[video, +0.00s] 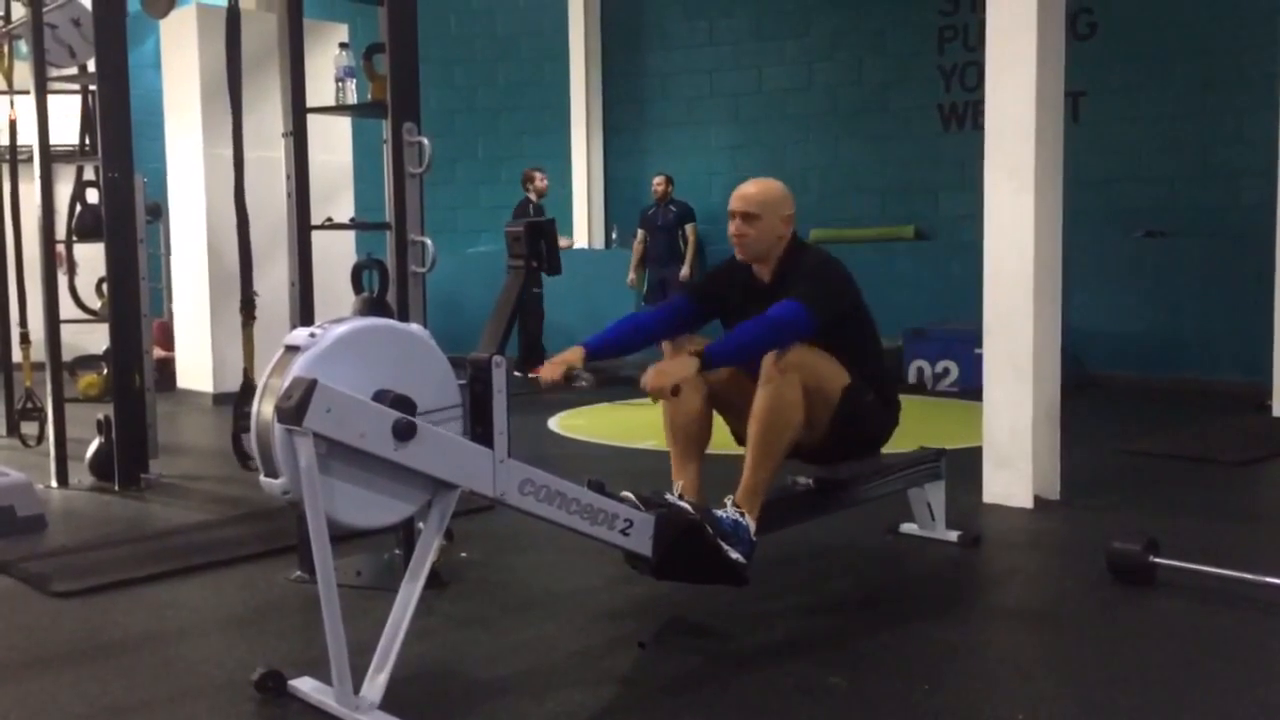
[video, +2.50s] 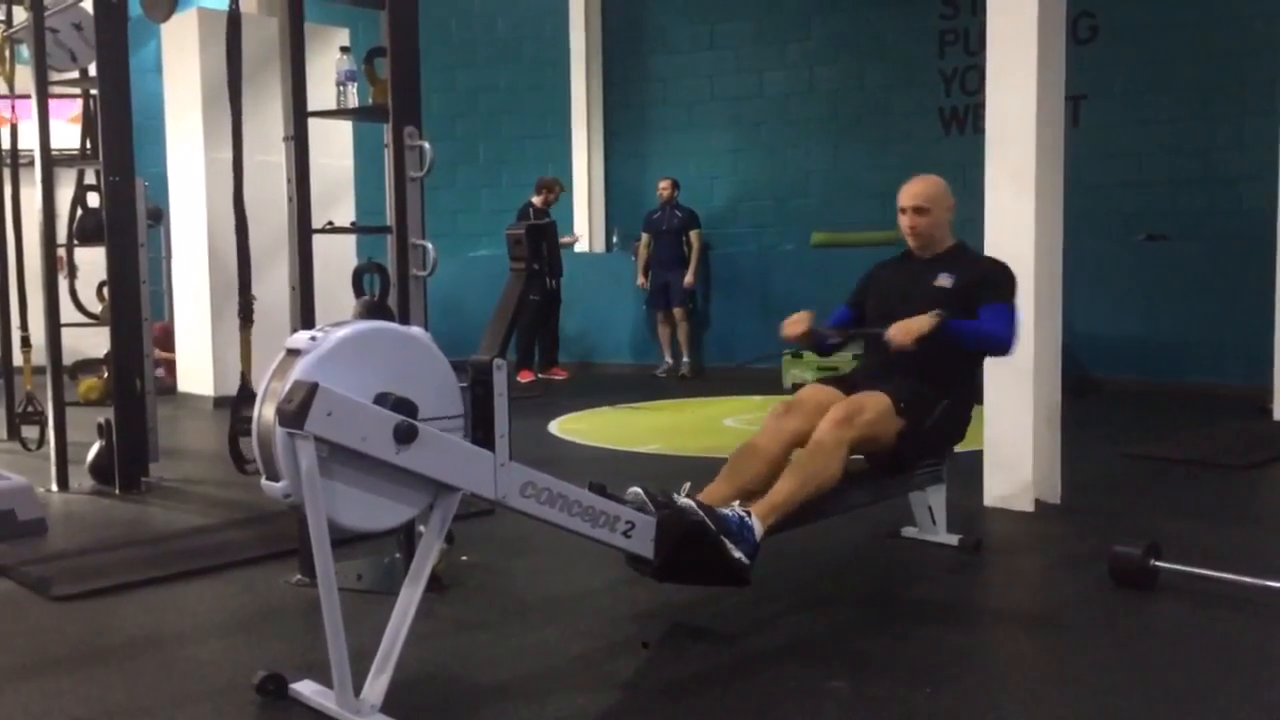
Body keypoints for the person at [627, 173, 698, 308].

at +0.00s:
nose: (654, 188)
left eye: (659, 185)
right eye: (653, 185)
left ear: (669, 188)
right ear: (651, 188)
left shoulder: (683, 209)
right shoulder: (646, 212)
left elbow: (691, 239)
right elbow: (639, 242)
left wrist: (687, 266)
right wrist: (632, 270)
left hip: (676, 270)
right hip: (653, 270)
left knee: (676, 310)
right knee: (652, 311)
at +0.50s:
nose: (656, 191)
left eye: (660, 187)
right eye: (654, 188)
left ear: (670, 190)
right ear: (653, 191)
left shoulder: (683, 212)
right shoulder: (648, 215)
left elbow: (692, 242)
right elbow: (641, 243)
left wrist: (688, 268)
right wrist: (638, 271)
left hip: (676, 271)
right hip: (654, 272)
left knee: (677, 313)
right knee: (660, 315)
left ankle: (684, 359)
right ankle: (666, 358)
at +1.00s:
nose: (658, 193)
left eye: (662, 189)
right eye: (657, 189)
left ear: (672, 192)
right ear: (656, 192)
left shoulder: (685, 215)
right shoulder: (650, 217)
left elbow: (694, 245)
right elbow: (643, 246)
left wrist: (690, 272)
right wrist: (640, 275)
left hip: (678, 273)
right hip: (656, 273)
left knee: (678, 315)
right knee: (661, 317)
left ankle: (685, 360)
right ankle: (666, 359)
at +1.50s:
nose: (659, 189)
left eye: (663, 185)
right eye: (658, 186)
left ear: (674, 188)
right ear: (656, 188)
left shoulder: (687, 211)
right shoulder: (650, 212)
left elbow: (695, 241)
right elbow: (643, 242)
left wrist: (691, 269)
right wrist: (640, 269)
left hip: (679, 270)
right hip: (656, 270)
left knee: (680, 312)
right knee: (660, 313)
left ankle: (681, 358)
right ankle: (667, 357)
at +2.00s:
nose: (661, 190)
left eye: (665, 186)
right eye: (660, 187)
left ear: (676, 189)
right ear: (658, 189)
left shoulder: (688, 212)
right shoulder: (652, 214)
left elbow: (696, 242)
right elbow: (644, 243)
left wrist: (692, 269)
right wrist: (642, 271)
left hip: (679, 270)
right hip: (658, 270)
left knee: (680, 312)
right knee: (663, 314)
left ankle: (686, 356)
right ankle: (668, 356)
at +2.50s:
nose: (660, 193)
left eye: (664, 189)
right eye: (659, 189)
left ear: (675, 192)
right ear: (657, 192)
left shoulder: (687, 215)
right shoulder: (651, 216)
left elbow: (696, 245)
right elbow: (644, 245)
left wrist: (691, 272)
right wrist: (641, 272)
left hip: (679, 272)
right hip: (657, 273)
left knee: (679, 314)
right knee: (661, 316)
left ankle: (685, 359)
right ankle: (667, 359)